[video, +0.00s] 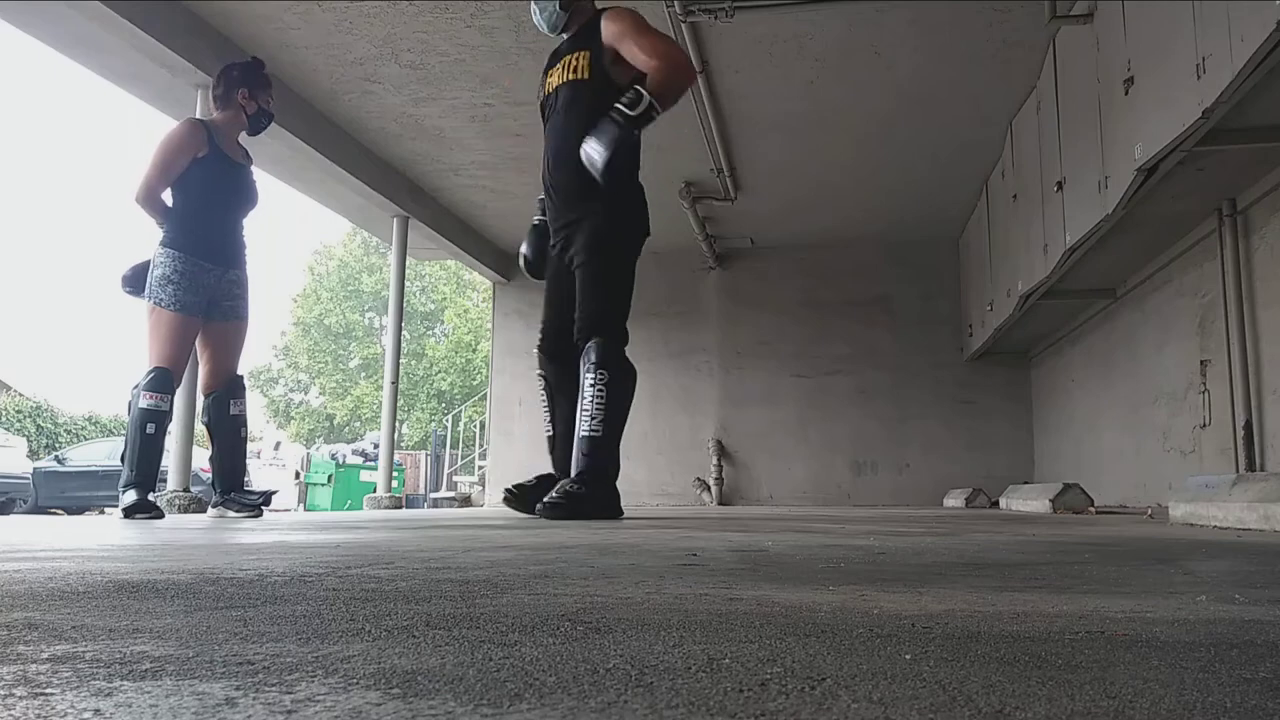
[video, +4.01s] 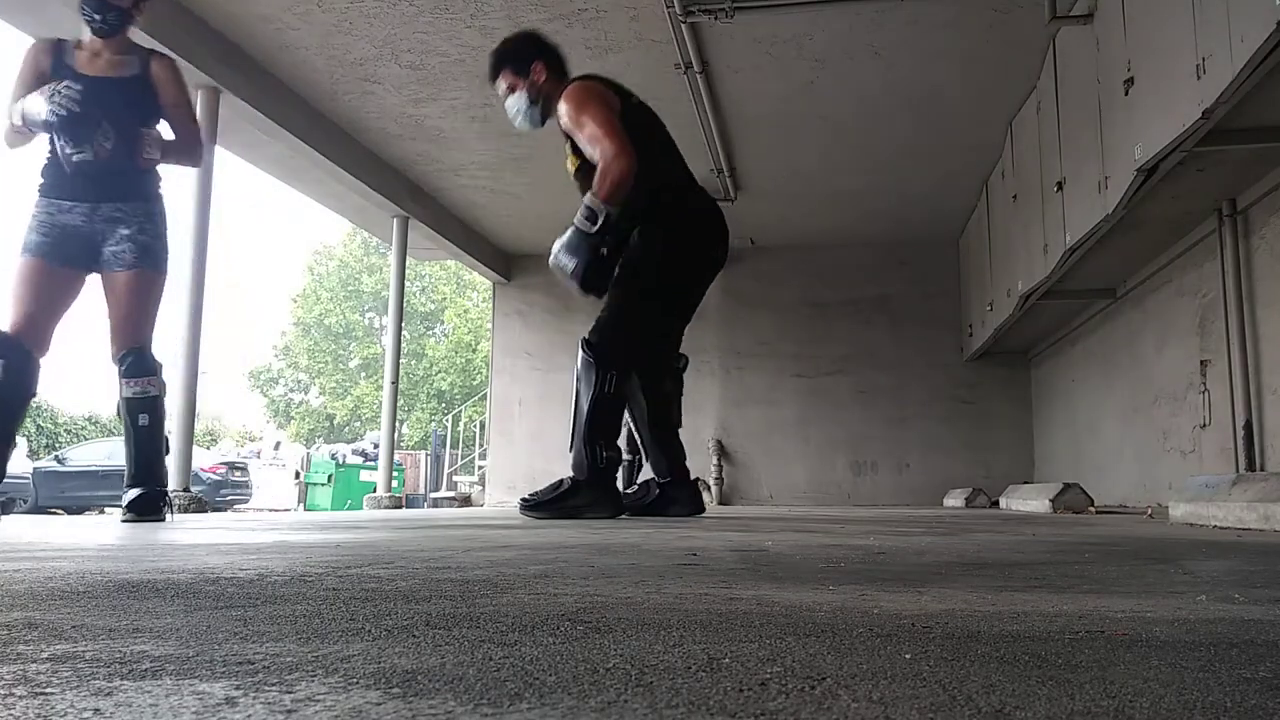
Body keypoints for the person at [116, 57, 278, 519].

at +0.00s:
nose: (270, 110)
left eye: (271, 103)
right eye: (267, 100)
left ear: (239, 99)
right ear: (243, 96)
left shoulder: (242, 153)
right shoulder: (193, 130)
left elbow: (226, 215)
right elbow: (146, 194)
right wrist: (177, 227)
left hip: (231, 271)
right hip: (183, 262)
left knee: (222, 382)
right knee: (163, 375)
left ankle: (228, 488)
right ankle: (137, 489)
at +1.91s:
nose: (225, 96)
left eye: (236, 89)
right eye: (218, 87)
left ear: (255, 98)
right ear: (208, 92)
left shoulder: (263, 160)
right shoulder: (187, 136)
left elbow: (247, 213)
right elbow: (152, 200)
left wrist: (240, 237)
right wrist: (192, 228)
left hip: (240, 274)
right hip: (184, 266)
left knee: (229, 383)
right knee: (165, 376)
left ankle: (229, 488)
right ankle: (138, 488)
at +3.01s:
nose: (188, 77)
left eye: (200, 70)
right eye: (180, 66)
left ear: (216, 79)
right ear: (166, 69)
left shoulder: (226, 141)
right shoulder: (137, 113)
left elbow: (204, 197)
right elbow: (90, 172)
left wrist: (188, 223)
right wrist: (128, 210)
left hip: (196, 258)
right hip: (135, 255)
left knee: (200, 366)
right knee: (139, 378)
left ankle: (205, 479)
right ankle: (137, 492)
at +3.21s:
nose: (184, 69)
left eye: (197, 62)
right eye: (176, 58)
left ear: (215, 71)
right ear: (163, 60)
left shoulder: (226, 135)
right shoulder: (130, 106)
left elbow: (229, 201)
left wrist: (247, 251)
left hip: (194, 256)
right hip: (128, 252)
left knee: (173, 362)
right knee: (133, 376)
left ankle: (163, 482)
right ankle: (133, 489)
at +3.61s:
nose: (160, 32)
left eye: (175, 24)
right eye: (152, 20)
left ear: (198, 34)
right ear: (142, 23)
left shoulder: (214, 94)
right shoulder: (114, 82)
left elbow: (228, 176)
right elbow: (86, 151)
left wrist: (201, 195)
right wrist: (66, 155)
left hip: (178, 233)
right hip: (114, 228)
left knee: (166, 359)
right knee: (79, 359)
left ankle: (150, 490)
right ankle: (121, 465)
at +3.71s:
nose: (149, 19)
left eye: (164, 12)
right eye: (142, 10)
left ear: (188, 23)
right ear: (132, 17)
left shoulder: (204, 84)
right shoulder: (107, 76)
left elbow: (221, 160)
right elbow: (87, 151)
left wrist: (191, 168)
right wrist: (80, 136)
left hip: (171, 224)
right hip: (108, 221)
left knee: (161, 354)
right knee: (62, 347)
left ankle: (150, 487)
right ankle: (81, 475)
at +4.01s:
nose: (108, 10)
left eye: (121, 4)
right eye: (100, 3)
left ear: (138, 9)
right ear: (83, 6)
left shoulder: (158, 67)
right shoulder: (47, 54)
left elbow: (195, 149)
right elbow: (14, 135)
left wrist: (160, 147)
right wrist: (34, 108)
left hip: (133, 216)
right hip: (59, 211)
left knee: (133, 354)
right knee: (17, 346)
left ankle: (146, 489)